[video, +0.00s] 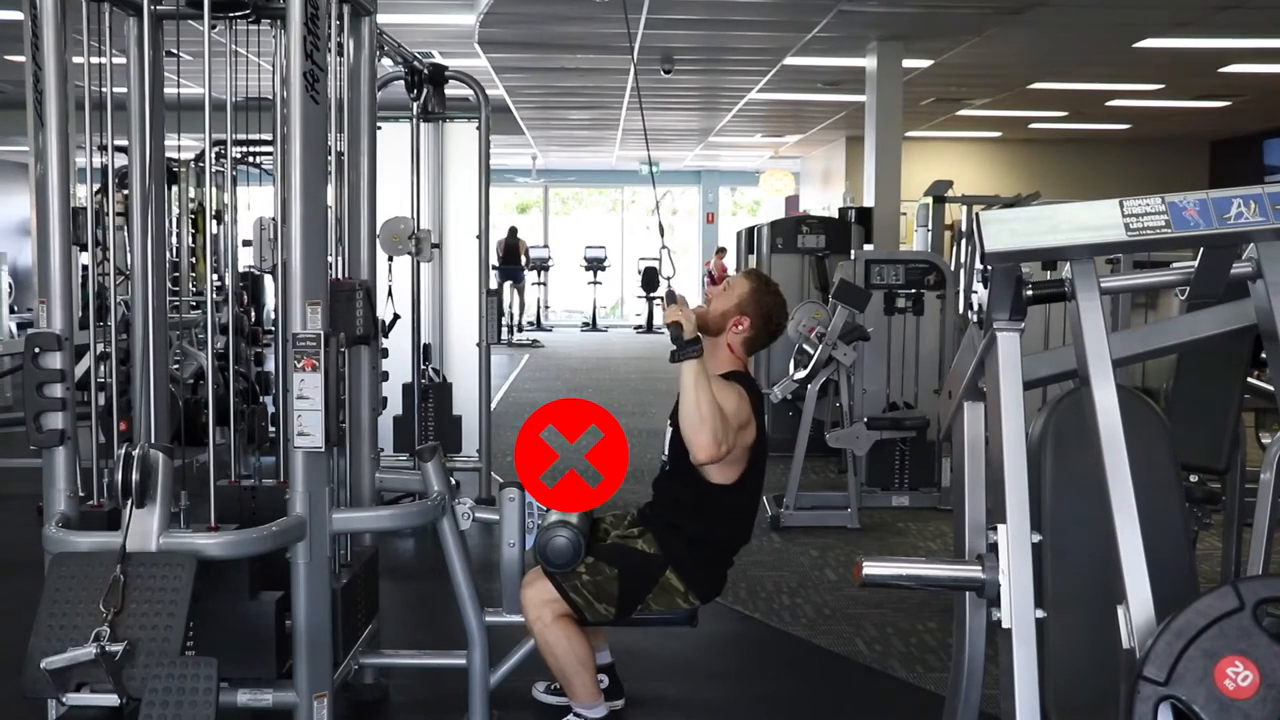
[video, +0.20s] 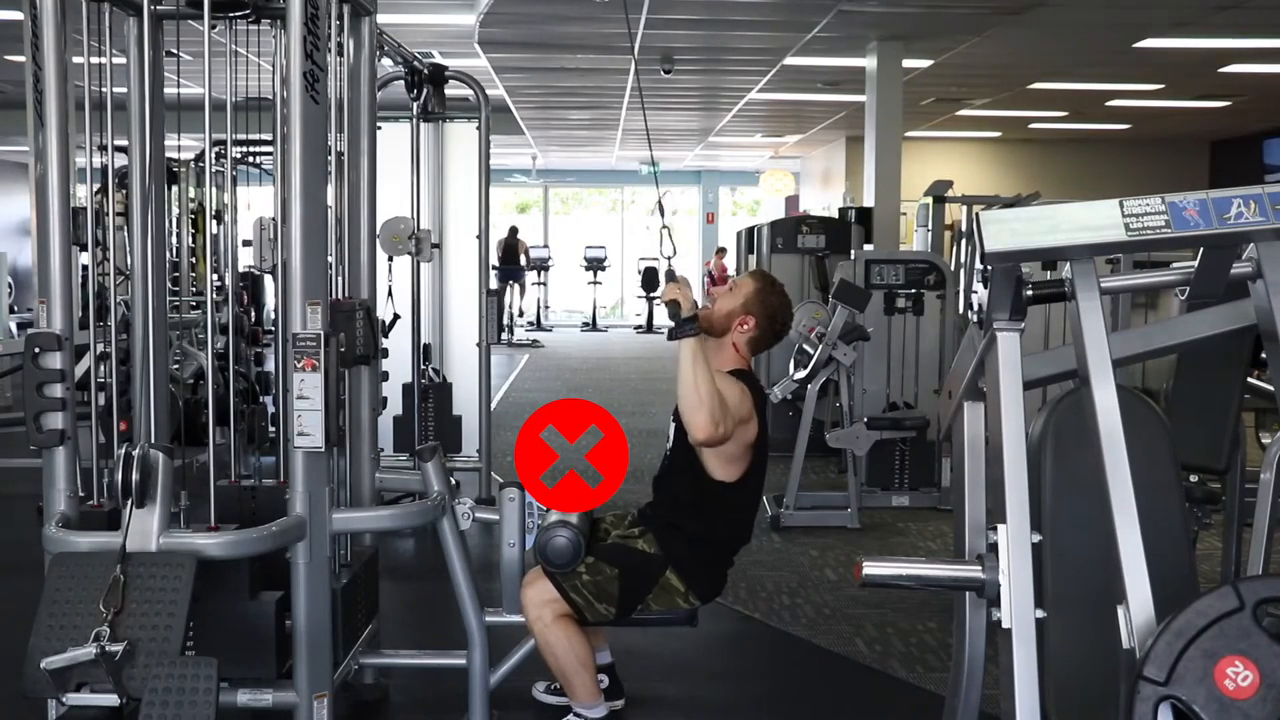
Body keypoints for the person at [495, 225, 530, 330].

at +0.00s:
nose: (512, 235)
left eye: (511, 232)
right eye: (514, 233)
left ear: (507, 233)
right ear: (517, 233)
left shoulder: (500, 243)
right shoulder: (522, 243)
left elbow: (498, 258)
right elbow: (528, 258)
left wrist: (501, 266)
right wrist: (526, 267)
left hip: (503, 270)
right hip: (517, 270)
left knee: (500, 284)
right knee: (521, 297)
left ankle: (500, 309)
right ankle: (520, 321)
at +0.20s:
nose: (512, 235)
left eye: (511, 232)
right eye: (514, 233)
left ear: (508, 232)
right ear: (517, 233)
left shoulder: (500, 242)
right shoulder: (521, 243)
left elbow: (499, 256)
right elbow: (527, 258)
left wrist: (502, 265)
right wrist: (527, 266)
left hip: (504, 269)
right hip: (517, 269)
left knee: (501, 292)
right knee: (522, 285)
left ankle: (500, 317)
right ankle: (520, 305)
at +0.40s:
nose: (511, 235)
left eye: (510, 232)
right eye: (514, 233)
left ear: (508, 232)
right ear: (517, 234)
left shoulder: (501, 242)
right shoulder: (521, 244)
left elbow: (499, 257)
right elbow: (530, 260)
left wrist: (502, 265)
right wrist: (527, 267)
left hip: (504, 270)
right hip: (517, 270)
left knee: (501, 290)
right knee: (522, 282)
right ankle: (521, 305)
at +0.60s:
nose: (507, 236)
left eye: (507, 233)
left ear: (505, 233)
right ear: (515, 234)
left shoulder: (500, 243)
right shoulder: (520, 244)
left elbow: (498, 258)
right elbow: (528, 259)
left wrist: (501, 266)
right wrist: (523, 267)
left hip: (504, 270)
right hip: (517, 271)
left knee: (499, 291)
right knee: (521, 295)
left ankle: (499, 316)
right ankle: (521, 320)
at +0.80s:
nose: (502, 236)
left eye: (502, 234)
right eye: (503, 234)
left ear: (503, 234)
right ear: (513, 235)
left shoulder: (498, 244)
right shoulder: (519, 244)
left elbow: (498, 259)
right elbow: (527, 258)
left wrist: (500, 267)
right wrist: (524, 267)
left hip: (503, 271)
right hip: (516, 271)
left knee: (499, 281)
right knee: (520, 299)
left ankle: (500, 302)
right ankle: (521, 326)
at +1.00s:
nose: (503, 237)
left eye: (503, 235)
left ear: (503, 234)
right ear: (513, 235)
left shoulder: (498, 244)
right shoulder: (518, 244)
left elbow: (497, 258)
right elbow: (528, 258)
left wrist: (500, 267)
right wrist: (523, 268)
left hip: (503, 271)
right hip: (516, 270)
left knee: (499, 289)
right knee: (521, 296)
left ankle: (500, 313)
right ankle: (520, 320)